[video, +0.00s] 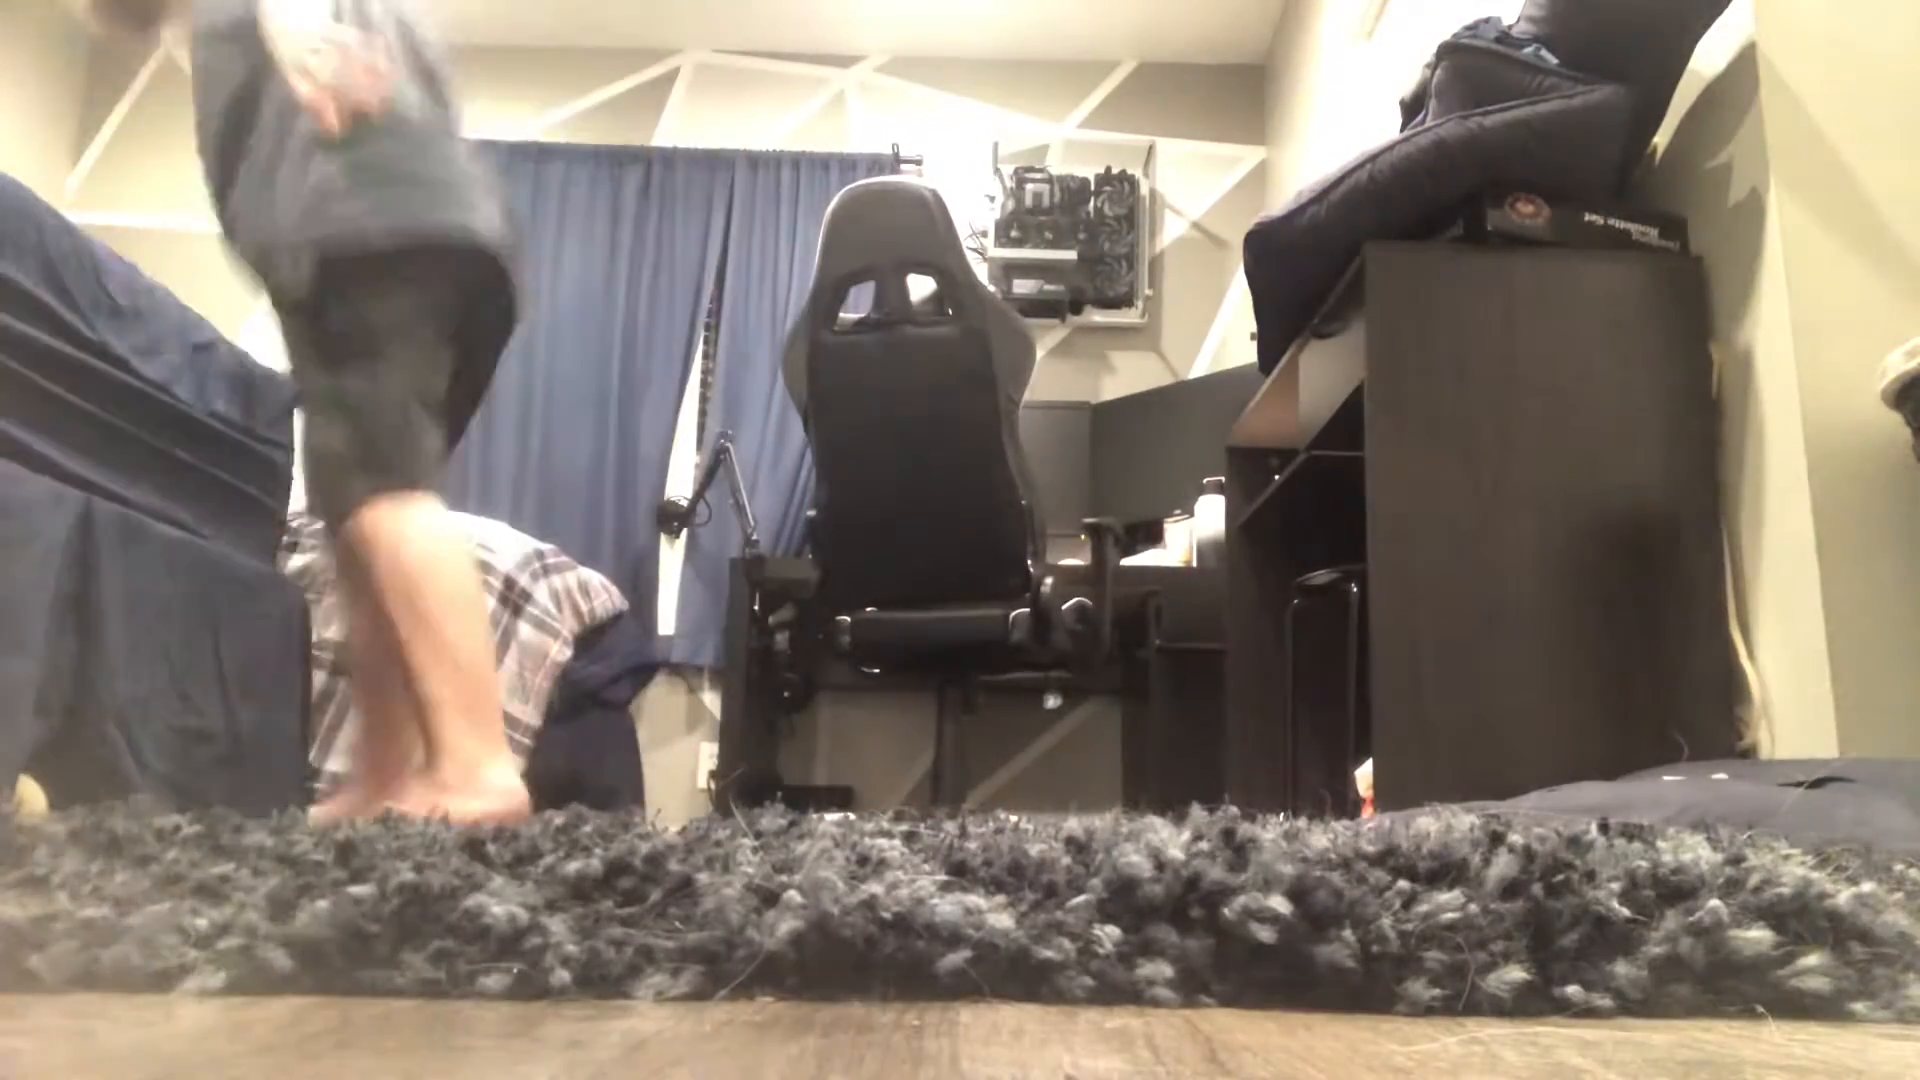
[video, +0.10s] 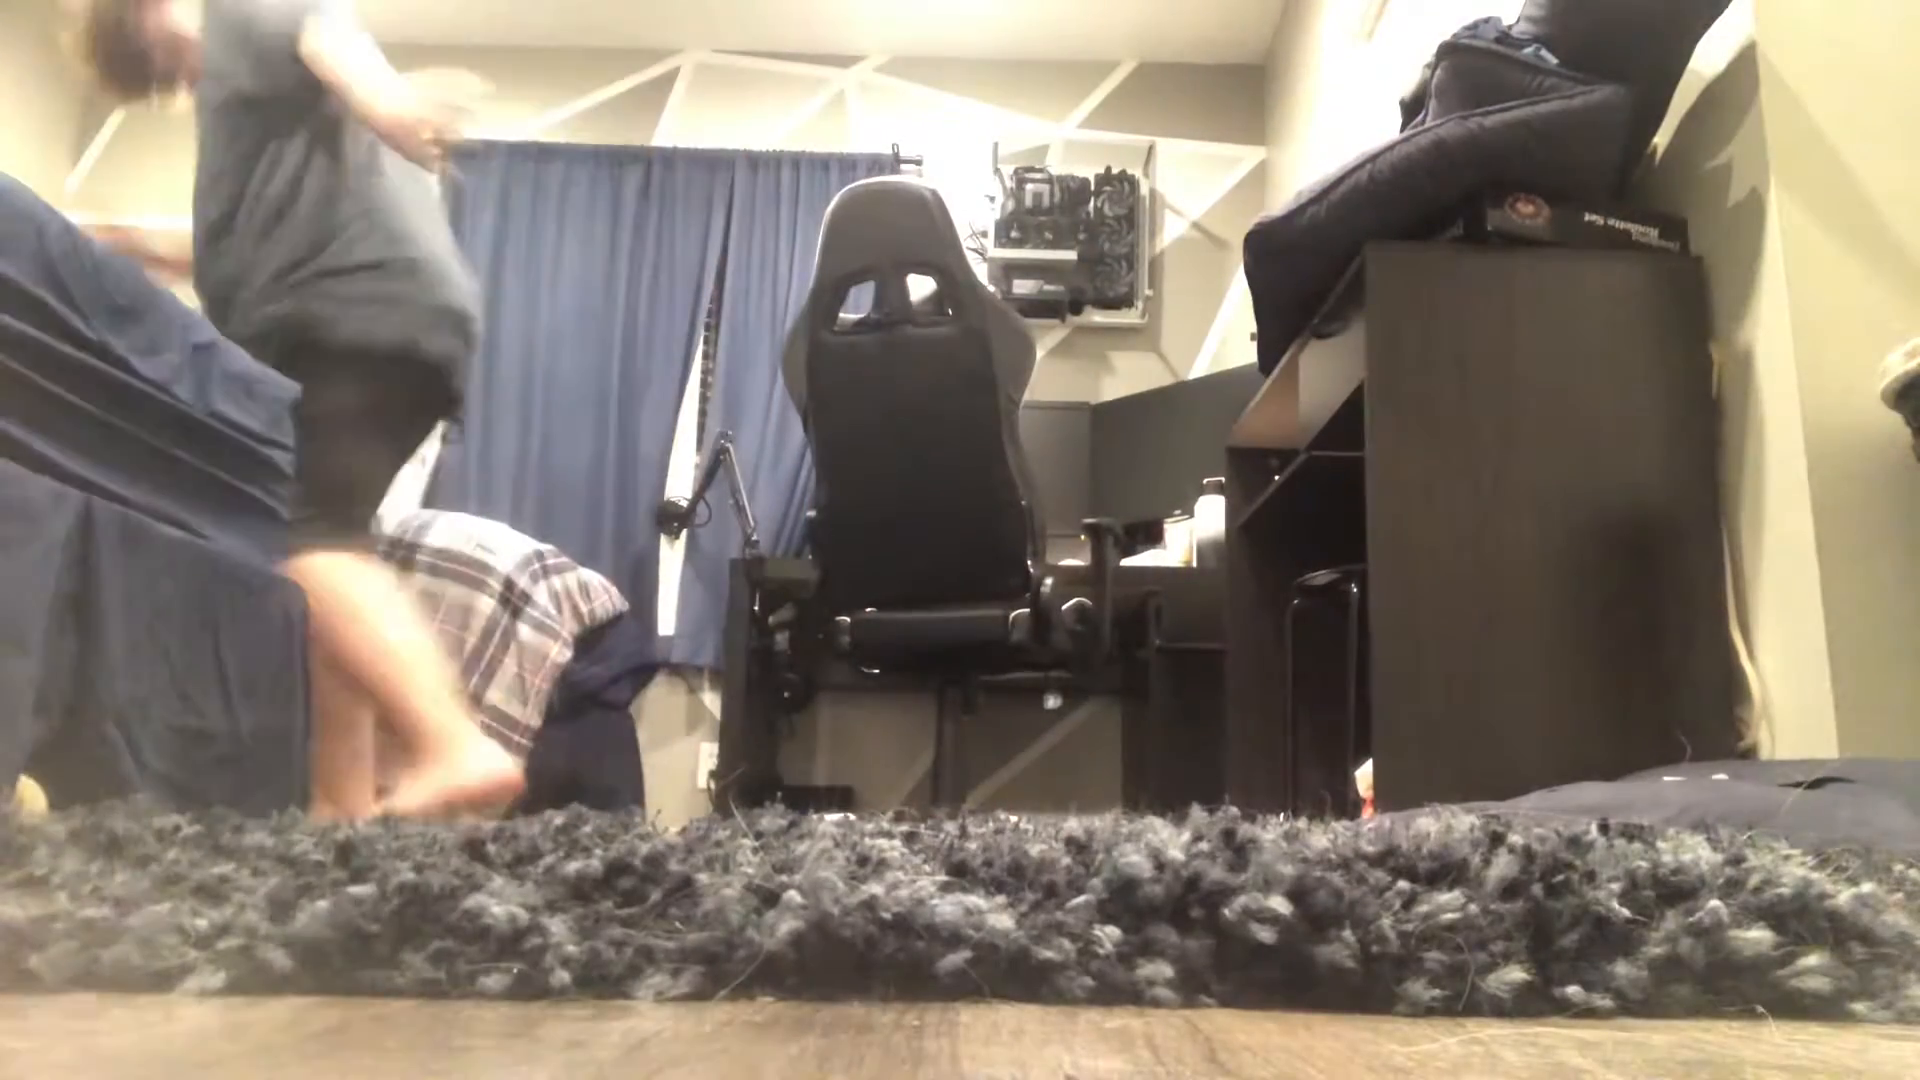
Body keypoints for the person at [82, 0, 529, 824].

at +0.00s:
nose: (108, 22)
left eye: (109, 15)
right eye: (107, 21)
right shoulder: (234, 31)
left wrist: (288, 22)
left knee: (386, 482)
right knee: (352, 492)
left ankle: (477, 771)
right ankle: (388, 776)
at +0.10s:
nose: (168, 79)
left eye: (153, 60)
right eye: (153, 75)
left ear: (155, 10)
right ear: (157, 38)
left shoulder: (241, 14)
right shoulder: (230, 79)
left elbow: (323, 31)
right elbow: (251, 250)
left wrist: (386, 106)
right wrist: (112, 240)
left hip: (365, 301)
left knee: (311, 540)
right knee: (330, 553)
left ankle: (459, 747)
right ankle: (342, 816)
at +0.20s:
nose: (134, 31)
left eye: (126, 16)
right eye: (124, 24)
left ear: (141, 4)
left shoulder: (229, 8)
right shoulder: (200, 99)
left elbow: (348, 64)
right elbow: (185, 228)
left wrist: (423, 177)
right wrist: (91, 134)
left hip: (293, 324)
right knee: (299, 578)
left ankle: (378, 695)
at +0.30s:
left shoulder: (226, 2)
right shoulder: (153, 41)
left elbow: (311, 83)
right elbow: (114, 184)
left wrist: (359, 227)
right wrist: (59, 54)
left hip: (283, 295)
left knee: (307, 553)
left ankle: (352, 803)